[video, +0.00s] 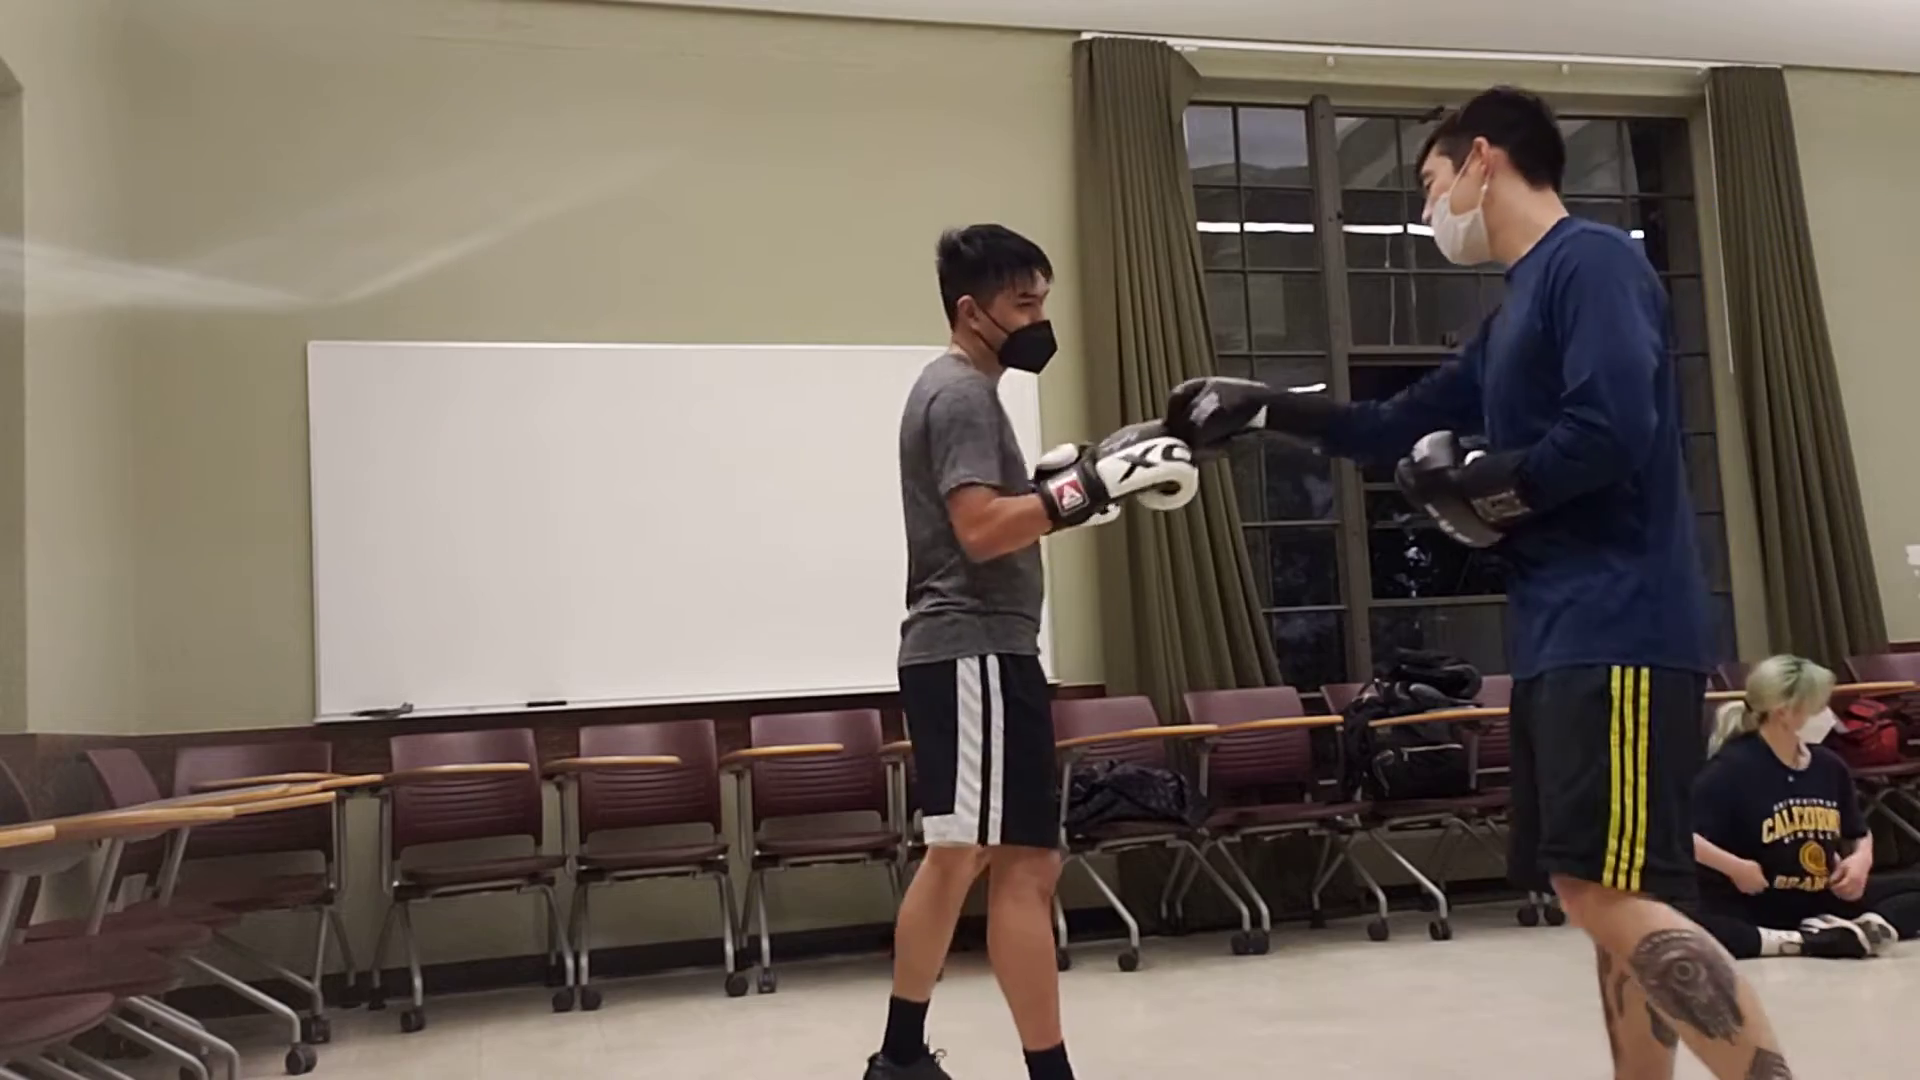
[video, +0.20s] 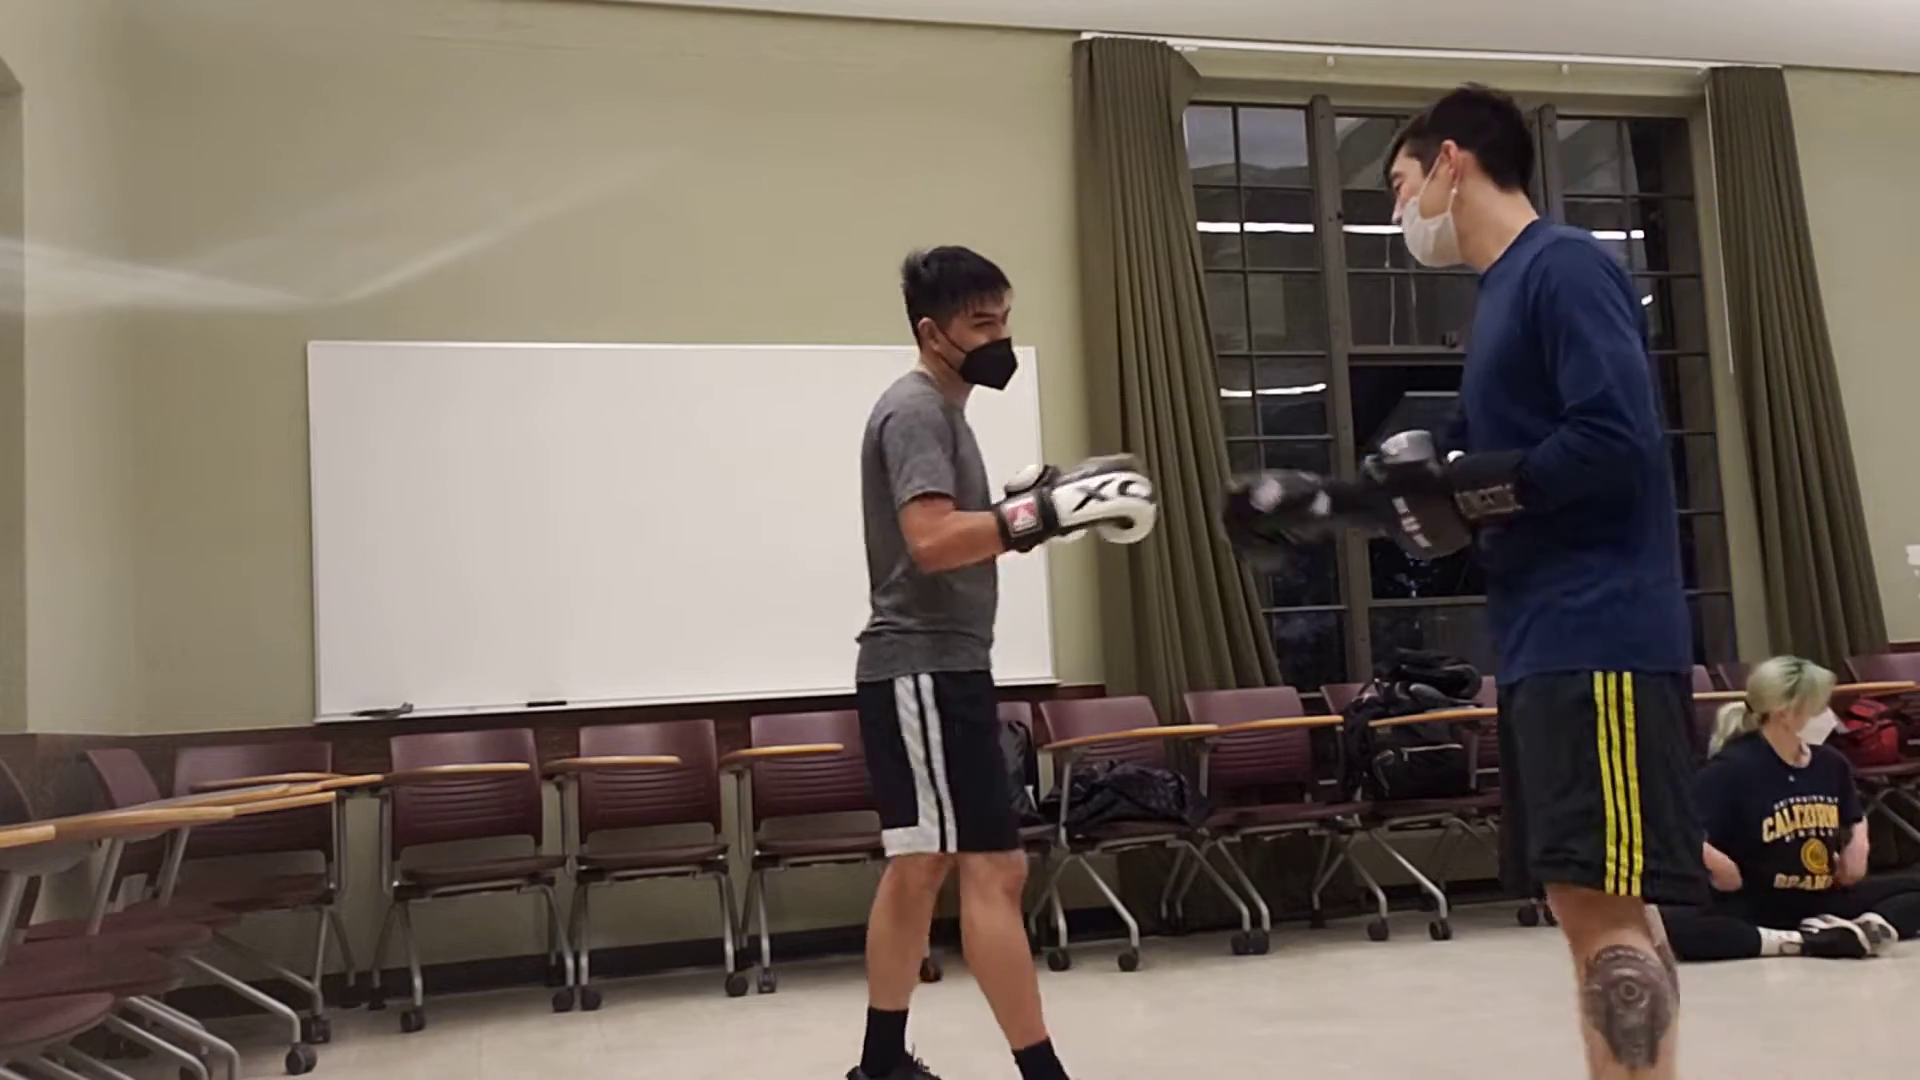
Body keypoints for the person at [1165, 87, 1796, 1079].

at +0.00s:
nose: (1426, 207)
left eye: (1430, 182)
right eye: (1422, 189)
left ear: (1482, 162)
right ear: (1497, 172)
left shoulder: (1591, 260)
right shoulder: (1519, 308)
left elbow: (1612, 434)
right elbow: (1405, 428)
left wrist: (1481, 477)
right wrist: (1262, 408)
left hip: (1623, 629)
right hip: (1563, 633)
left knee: (1599, 888)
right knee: (1596, 890)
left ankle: (1762, 1069)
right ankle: (1644, 1079)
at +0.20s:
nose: (1399, 211)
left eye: (1403, 185)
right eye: (1394, 192)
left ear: (1456, 166)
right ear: (1470, 173)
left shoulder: (1562, 267)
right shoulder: (1507, 293)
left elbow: (1617, 439)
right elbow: (1503, 472)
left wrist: (1472, 487)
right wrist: (1333, 501)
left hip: (1598, 636)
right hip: (1553, 638)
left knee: (1591, 897)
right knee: (1595, 897)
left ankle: (1633, 1075)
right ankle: (1638, 1073)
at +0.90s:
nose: (1342, 180)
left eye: (1337, 152)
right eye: (1335, 157)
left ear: (1376, 129)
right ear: (1424, 127)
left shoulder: (1461, 254)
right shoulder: (1475, 242)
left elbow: (1491, 448)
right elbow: (1476, 443)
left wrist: (1356, 485)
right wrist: (1355, 465)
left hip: (1479, 656)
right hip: (1451, 652)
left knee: (1510, 936)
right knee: (1451, 922)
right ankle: (1546, 1076)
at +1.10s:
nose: (1300, 181)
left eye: (1296, 152)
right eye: (1296, 157)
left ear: (1333, 134)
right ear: (1396, 133)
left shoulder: (1418, 251)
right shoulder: (1444, 240)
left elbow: (1476, 444)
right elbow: (1465, 445)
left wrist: (1337, 513)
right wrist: (1334, 493)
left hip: (1450, 655)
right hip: (1420, 649)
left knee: (1505, 927)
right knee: (1359, 859)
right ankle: (1432, 1073)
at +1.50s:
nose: (1207, 221)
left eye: (1207, 198)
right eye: (1205, 201)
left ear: (1239, 187)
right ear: (1296, 186)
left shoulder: (1314, 288)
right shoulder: (1331, 282)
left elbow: (1362, 458)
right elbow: (1328, 465)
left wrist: (1234, 519)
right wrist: (1216, 533)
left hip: (1332, 668)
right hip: (1324, 665)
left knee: (1358, 936)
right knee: (1348, 933)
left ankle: (1492, 1066)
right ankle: (1363, 1074)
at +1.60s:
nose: (1178, 238)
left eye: (1175, 215)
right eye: (1176, 217)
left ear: (1205, 201)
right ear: (1277, 203)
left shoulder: (1276, 303)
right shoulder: (1325, 299)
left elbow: (1309, 471)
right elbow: (1325, 490)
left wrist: (1175, 516)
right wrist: (1204, 550)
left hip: (1289, 671)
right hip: (1350, 667)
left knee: (1241, 925)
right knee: (1353, 919)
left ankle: (1407, 1057)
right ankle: (1373, 1073)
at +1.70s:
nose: (1151, 248)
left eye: (1148, 226)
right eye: (1146, 230)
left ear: (1176, 210)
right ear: (1246, 211)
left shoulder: (1236, 301)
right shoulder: (1294, 307)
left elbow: (1233, 468)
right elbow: (1276, 516)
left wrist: (1132, 481)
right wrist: (1158, 555)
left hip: (1261, 661)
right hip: (1336, 659)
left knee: (1164, 901)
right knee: (1334, 902)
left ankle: (1324, 1060)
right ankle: (1364, 1079)